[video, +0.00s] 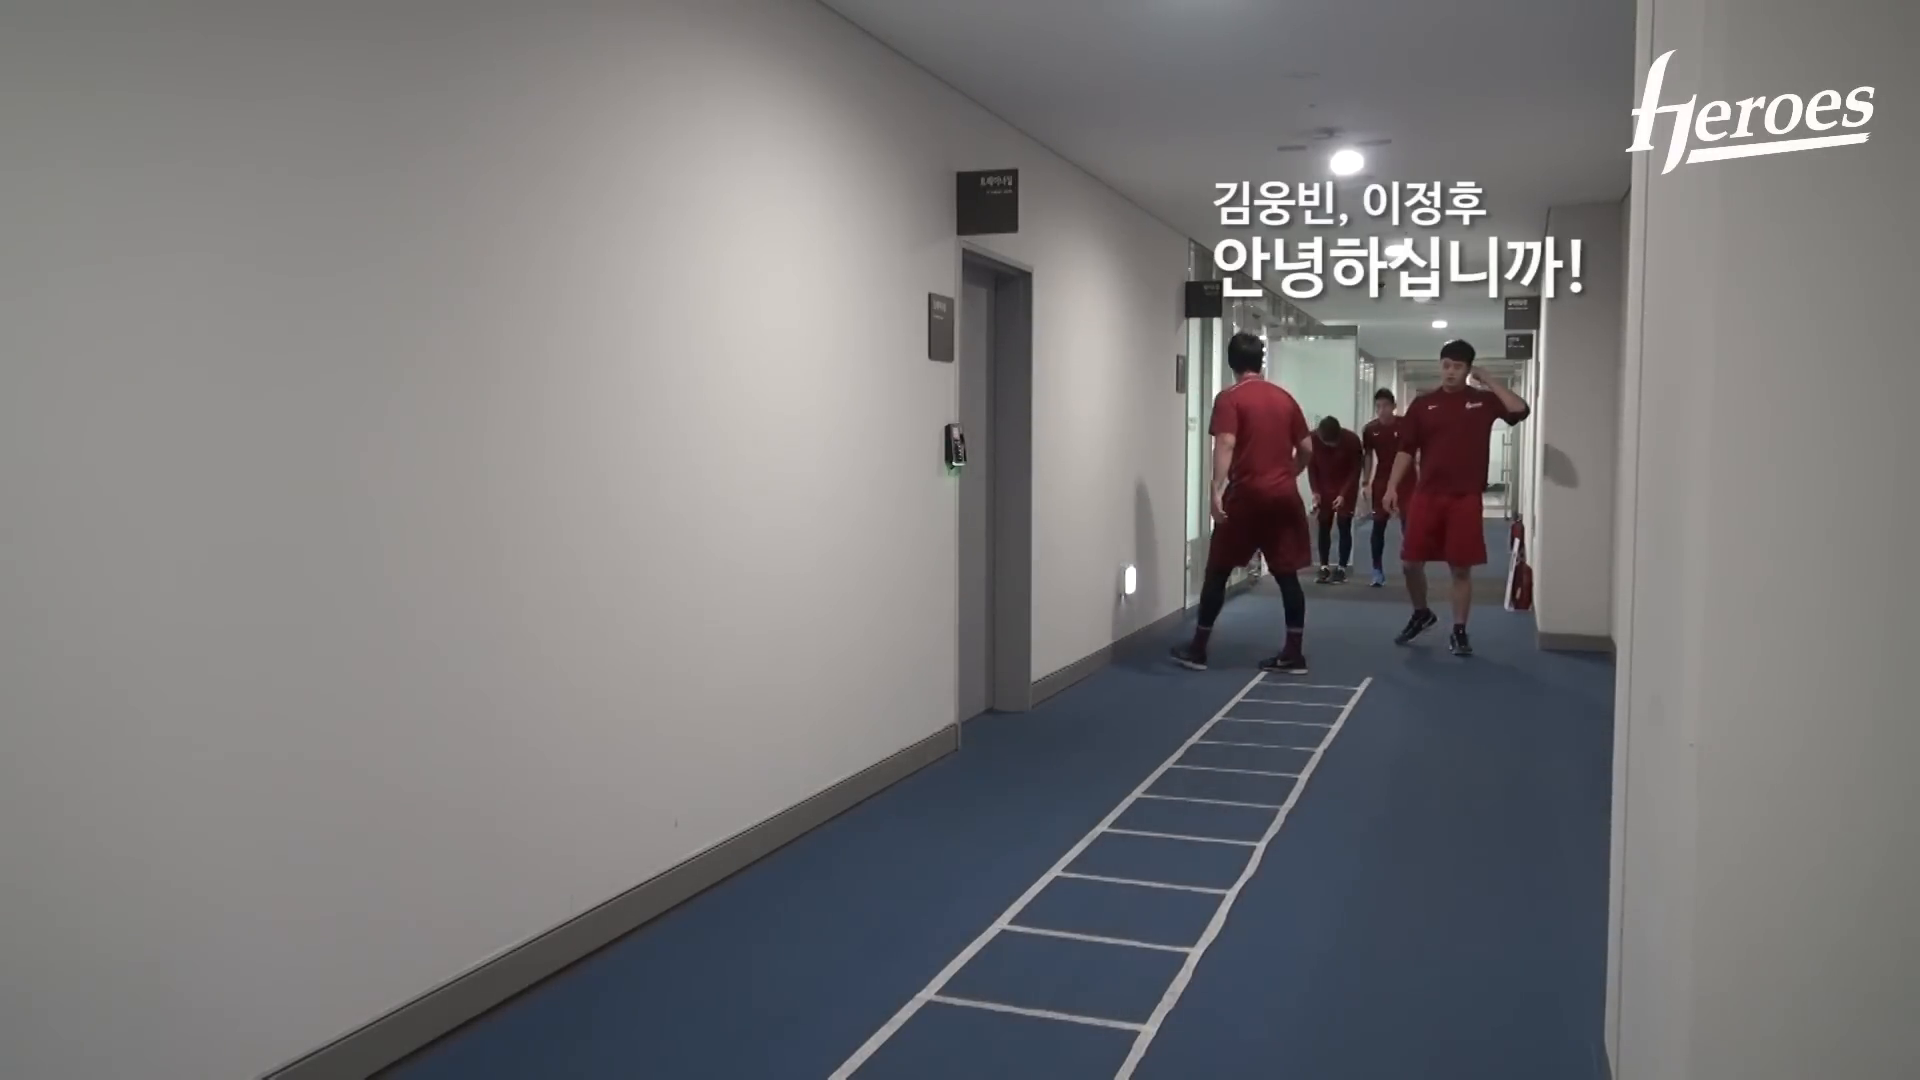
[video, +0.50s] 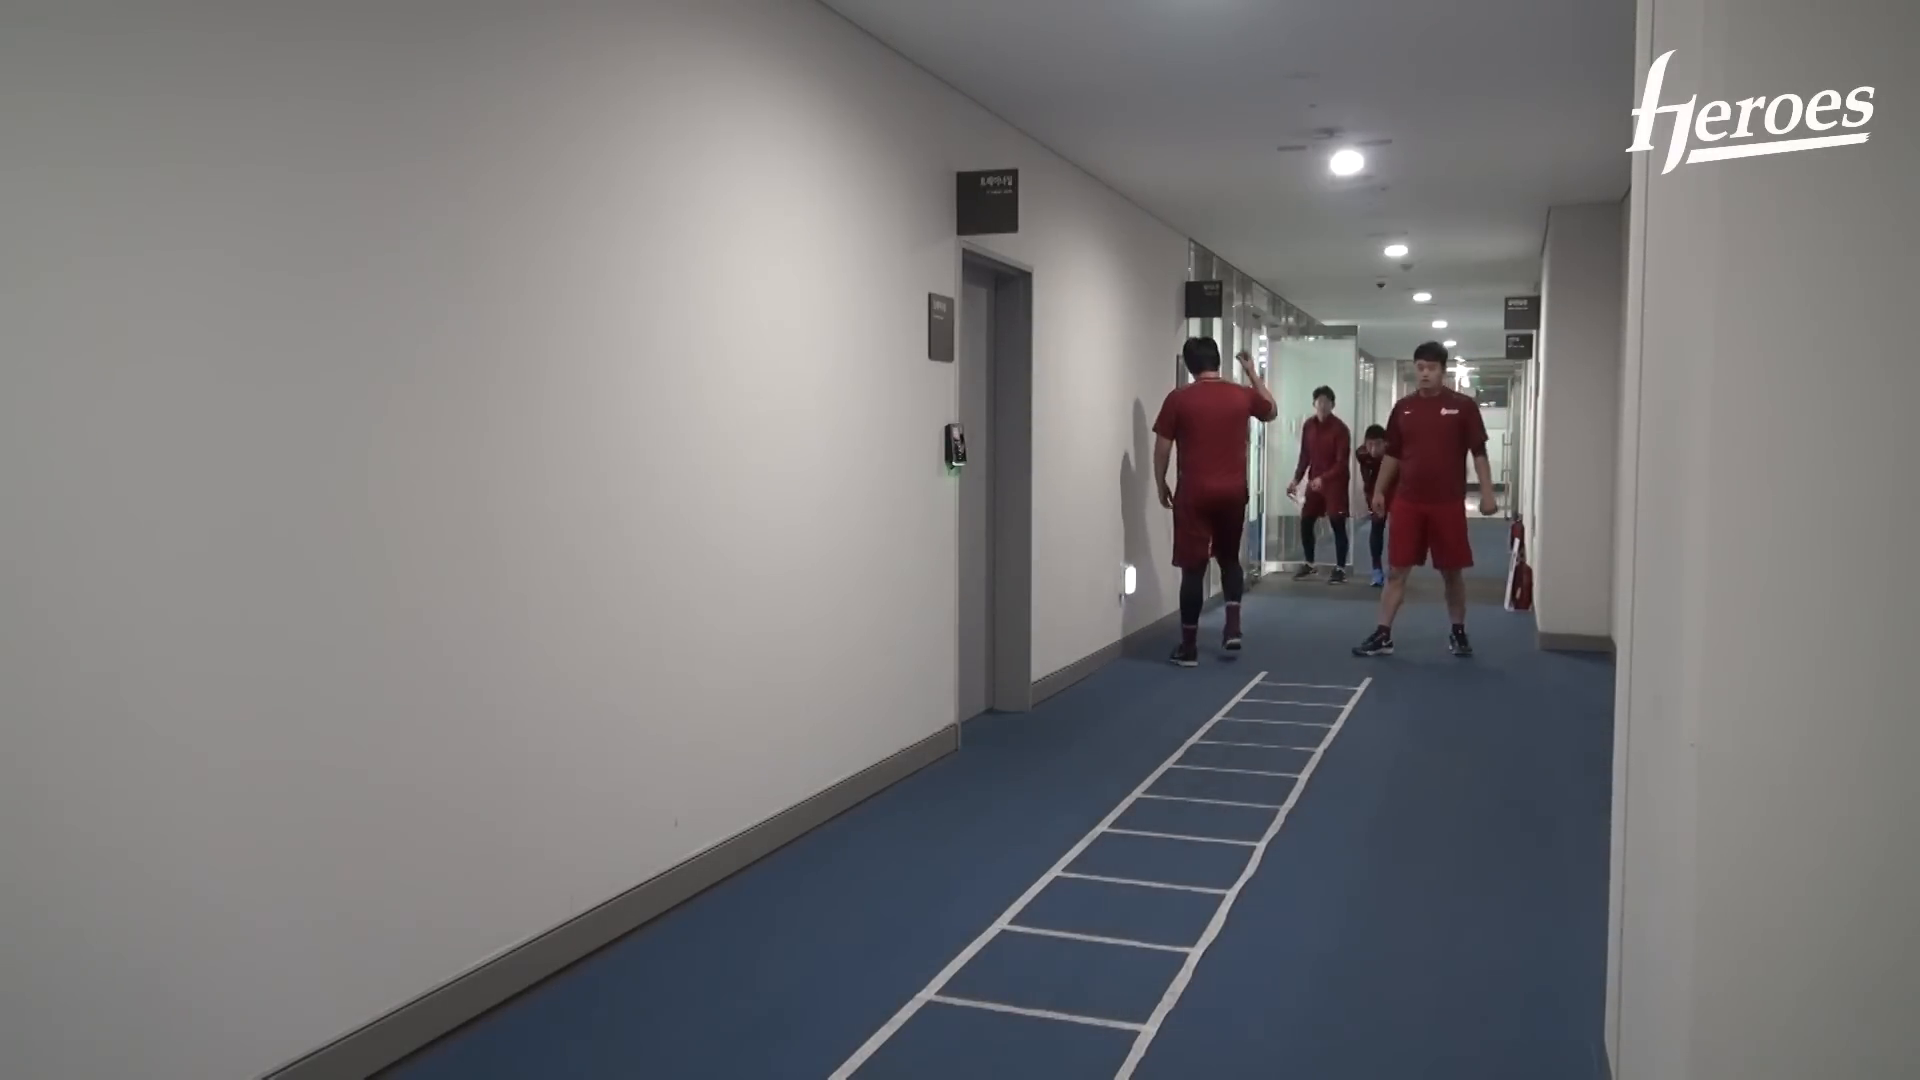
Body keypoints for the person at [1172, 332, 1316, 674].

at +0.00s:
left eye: (1231, 362)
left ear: (1231, 363)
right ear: (1261, 361)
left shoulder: (1229, 398)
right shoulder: (1285, 397)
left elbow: (1226, 442)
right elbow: (1306, 450)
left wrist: (1216, 489)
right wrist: (1286, 475)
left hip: (1245, 498)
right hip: (1284, 498)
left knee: (1217, 571)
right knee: (1287, 573)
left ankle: (1198, 648)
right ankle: (1293, 653)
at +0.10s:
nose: (1218, 372)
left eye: (1217, 366)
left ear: (1219, 367)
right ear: (1248, 366)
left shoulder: (1216, 402)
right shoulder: (1271, 400)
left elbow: (1212, 446)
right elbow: (1294, 450)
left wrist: (1204, 491)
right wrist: (1276, 470)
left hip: (1231, 499)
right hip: (1269, 499)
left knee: (1211, 574)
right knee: (1275, 575)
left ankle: (1189, 648)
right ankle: (1292, 653)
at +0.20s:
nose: (1207, 371)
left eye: (1204, 366)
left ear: (1205, 366)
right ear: (1235, 364)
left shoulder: (1204, 402)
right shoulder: (1260, 398)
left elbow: (1196, 452)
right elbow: (1281, 447)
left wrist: (1187, 499)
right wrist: (1265, 450)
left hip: (1219, 497)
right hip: (1255, 497)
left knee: (1204, 573)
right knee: (1254, 571)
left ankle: (1188, 647)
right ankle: (1284, 643)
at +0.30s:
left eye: (1194, 364)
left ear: (1195, 365)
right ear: (1226, 363)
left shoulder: (1192, 401)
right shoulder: (1251, 396)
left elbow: (1183, 454)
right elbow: (1277, 437)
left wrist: (1173, 499)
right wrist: (1251, 420)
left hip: (1210, 494)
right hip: (1246, 493)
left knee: (1201, 570)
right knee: (1236, 565)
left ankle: (1189, 647)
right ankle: (1267, 625)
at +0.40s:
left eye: (1189, 363)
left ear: (1189, 365)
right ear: (1220, 362)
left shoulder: (1183, 399)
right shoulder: (1244, 394)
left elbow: (1170, 452)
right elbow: (1276, 426)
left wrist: (1164, 492)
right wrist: (1261, 393)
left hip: (1201, 492)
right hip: (1239, 491)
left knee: (1197, 570)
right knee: (1230, 559)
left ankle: (1188, 647)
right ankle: (1247, 620)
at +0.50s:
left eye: (1186, 365)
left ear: (1189, 366)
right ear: (1219, 364)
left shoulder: (1179, 398)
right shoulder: (1241, 394)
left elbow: (1162, 447)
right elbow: (1270, 409)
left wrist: (1161, 484)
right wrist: (1253, 374)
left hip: (1194, 493)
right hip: (1233, 492)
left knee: (1193, 569)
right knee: (1230, 559)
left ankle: (1188, 647)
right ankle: (1233, 630)